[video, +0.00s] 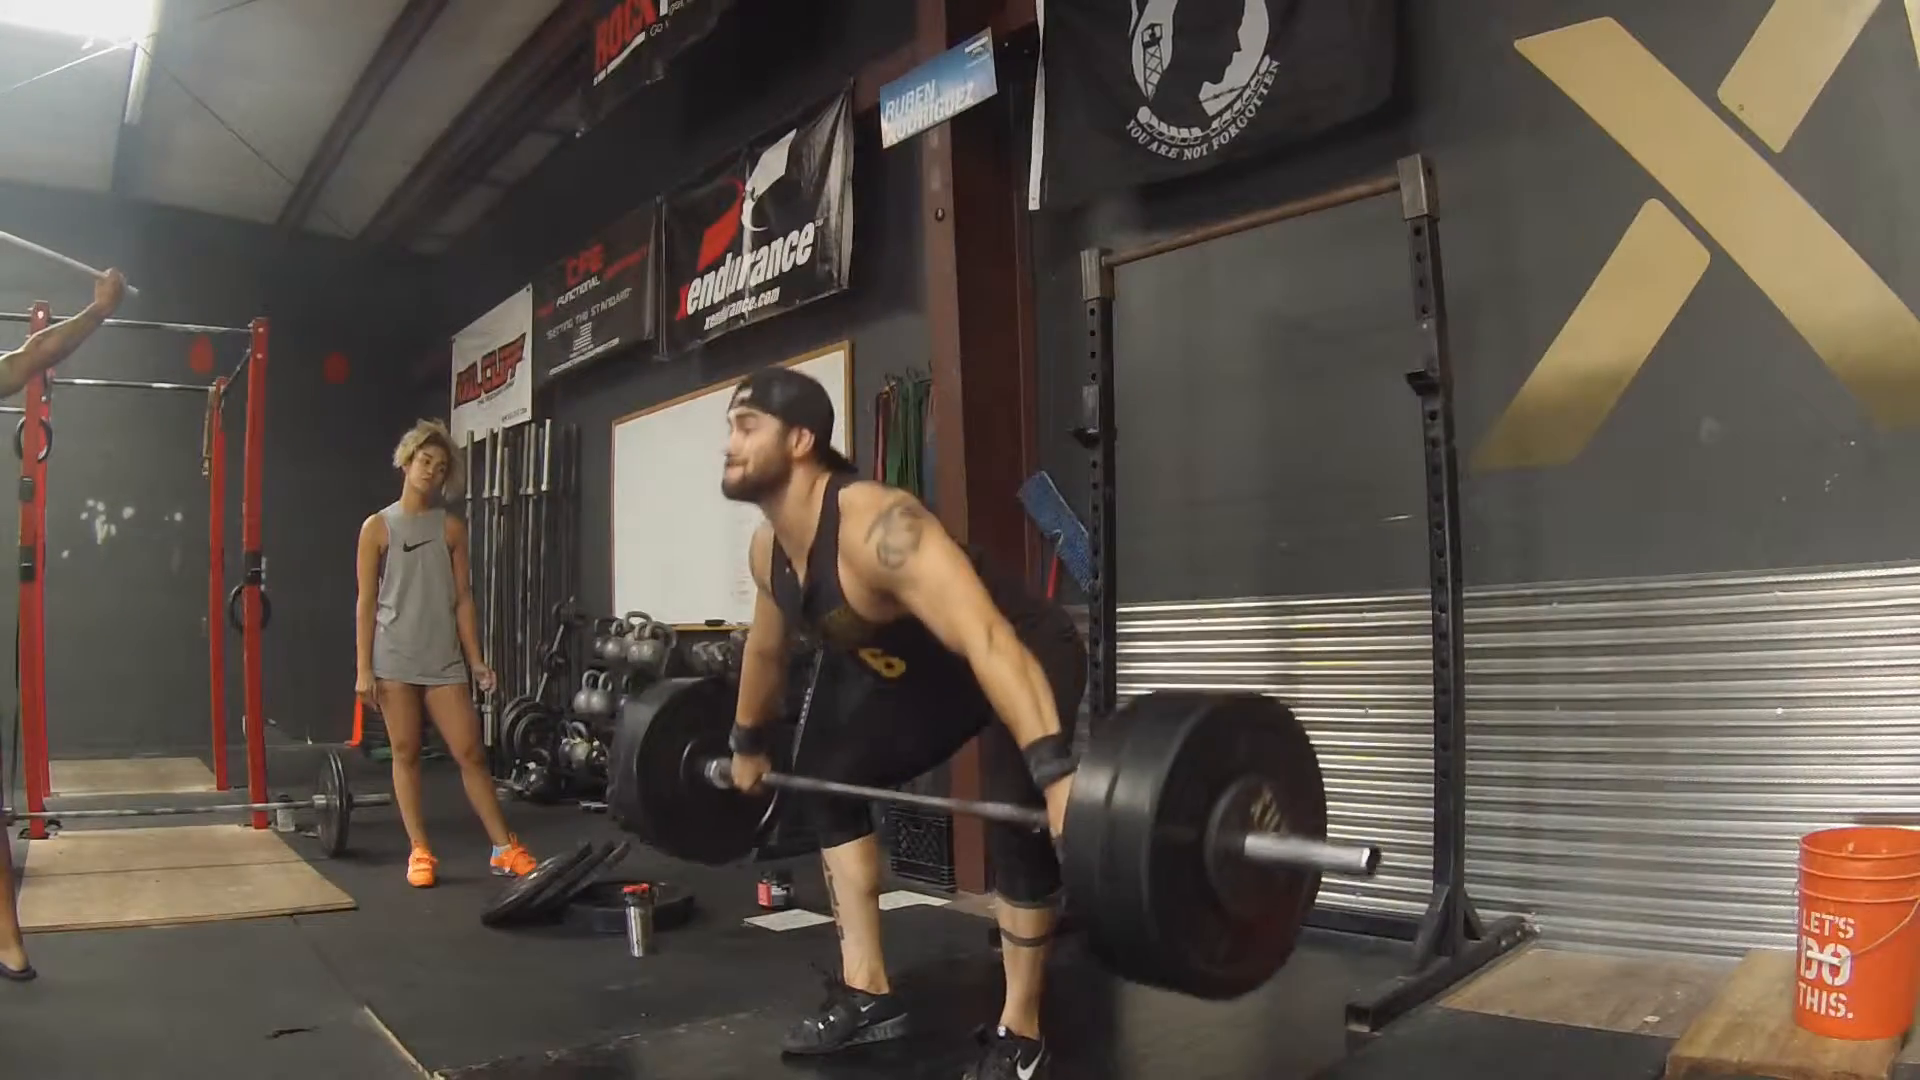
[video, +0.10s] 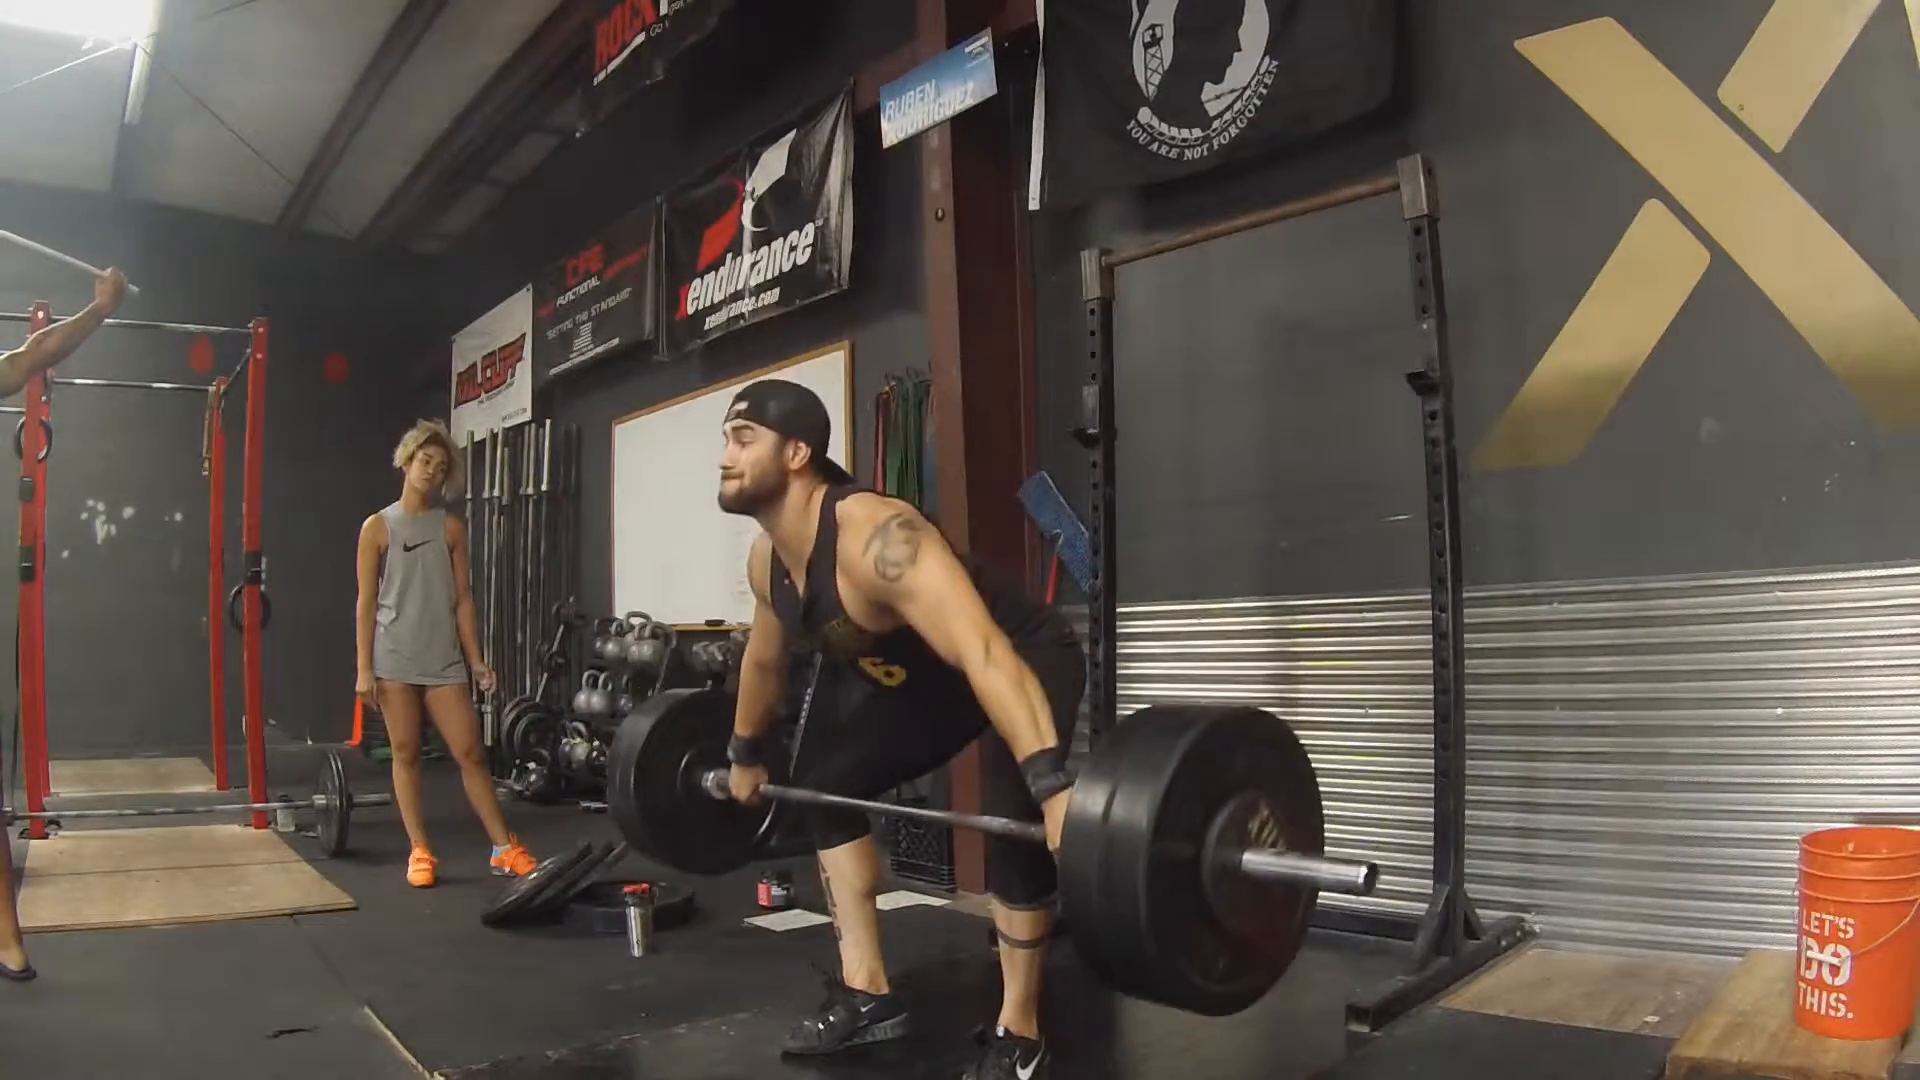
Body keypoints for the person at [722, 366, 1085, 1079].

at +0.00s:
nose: (728, 440)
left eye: (748, 426)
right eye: (730, 426)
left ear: (802, 442)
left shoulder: (883, 524)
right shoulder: (771, 549)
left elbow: (990, 640)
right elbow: (765, 652)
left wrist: (1054, 772)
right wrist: (746, 742)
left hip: (1026, 652)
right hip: (936, 665)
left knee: (1013, 817)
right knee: (832, 782)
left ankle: (1020, 1029)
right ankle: (866, 990)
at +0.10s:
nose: (724, 453)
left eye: (743, 438)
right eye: (725, 439)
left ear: (799, 454)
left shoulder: (882, 536)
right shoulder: (768, 558)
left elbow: (986, 652)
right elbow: (764, 663)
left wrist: (1053, 788)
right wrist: (745, 755)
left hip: (1027, 657)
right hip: (935, 672)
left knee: (1013, 833)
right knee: (829, 787)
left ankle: (1019, 1028)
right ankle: (866, 988)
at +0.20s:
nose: (721, 451)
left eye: (740, 435)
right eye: (722, 436)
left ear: (795, 452)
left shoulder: (880, 534)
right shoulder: (766, 557)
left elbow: (983, 652)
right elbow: (763, 663)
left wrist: (1050, 786)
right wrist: (743, 755)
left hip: (1025, 655)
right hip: (934, 671)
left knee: (1012, 833)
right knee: (827, 787)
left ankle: (1019, 1028)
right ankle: (867, 989)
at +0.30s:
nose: (721, 432)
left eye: (741, 416)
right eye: (723, 417)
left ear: (794, 434)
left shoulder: (879, 518)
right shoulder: (765, 541)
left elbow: (983, 635)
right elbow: (762, 648)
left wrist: (1049, 766)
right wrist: (743, 740)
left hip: (1021, 648)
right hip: (931, 662)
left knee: (1009, 810)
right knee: (829, 780)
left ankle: (1017, 1030)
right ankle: (866, 992)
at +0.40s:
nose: (728, 392)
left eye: (747, 377)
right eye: (732, 378)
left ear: (801, 392)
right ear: (779, 397)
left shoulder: (879, 480)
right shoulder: (769, 508)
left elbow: (985, 595)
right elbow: (765, 617)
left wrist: (1048, 727)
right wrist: (743, 710)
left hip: (1005, 642)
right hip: (922, 656)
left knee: (1004, 805)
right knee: (827, 777)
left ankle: (1017, 1030)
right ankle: (866, 993)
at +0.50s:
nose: (761, 320)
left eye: (782, 307)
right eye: (768, 308)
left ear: (830, 335)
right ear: (811, 340)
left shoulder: (891, 424)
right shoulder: (790, 451)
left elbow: (998, 528)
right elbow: (771, 560)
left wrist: (1045, 659)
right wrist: (745, 654)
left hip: (980, 649)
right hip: (894, 655)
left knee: (975, 829)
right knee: (818, 790)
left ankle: (1012, 1031)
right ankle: (864, 990)